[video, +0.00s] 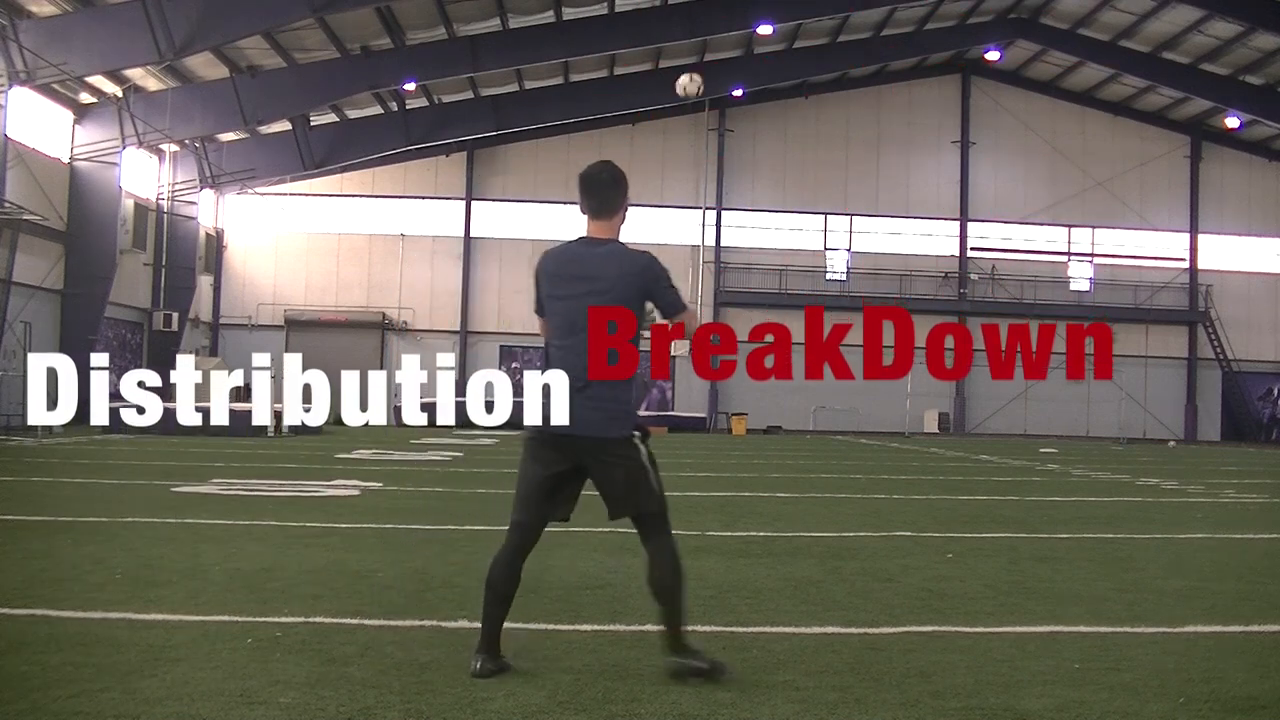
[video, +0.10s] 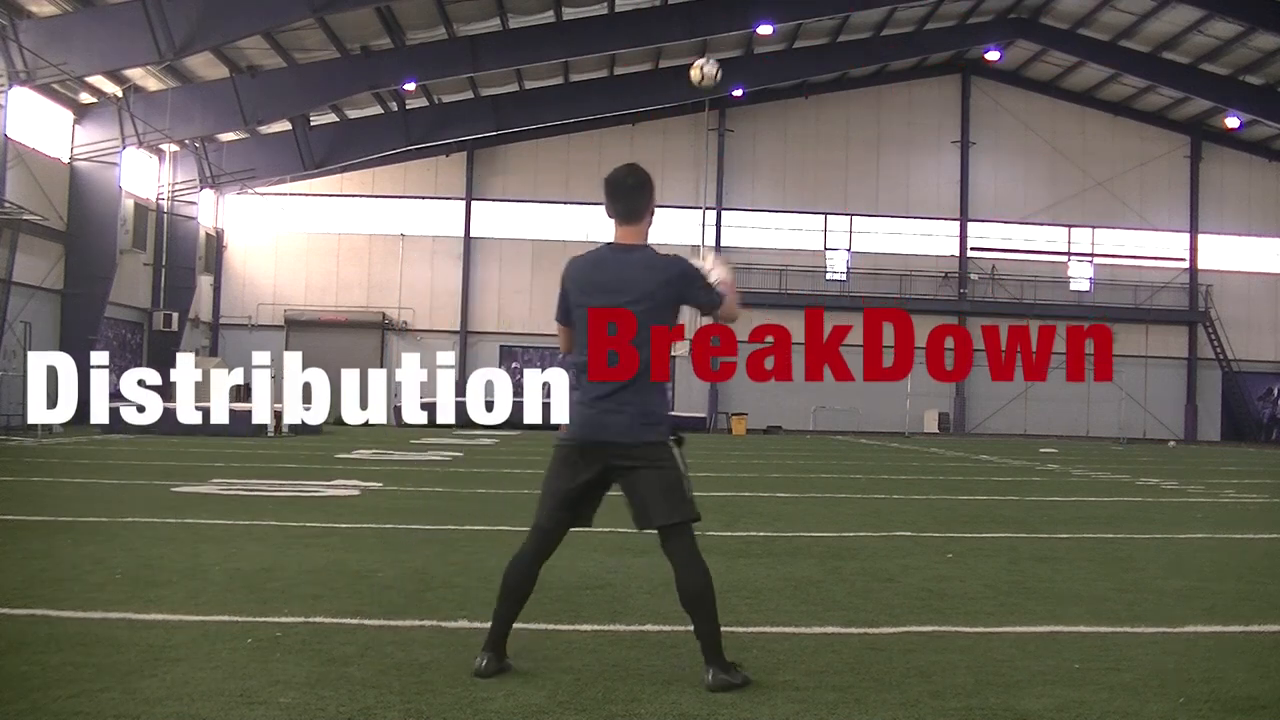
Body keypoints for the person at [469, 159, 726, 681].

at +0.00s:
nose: (621, 209)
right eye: (624, 201)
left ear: (580, 204)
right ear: (626, 204)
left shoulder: (551, 262)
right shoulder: (641, 266)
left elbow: (547, 330)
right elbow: (685, 326)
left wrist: (606, 324)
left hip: (550, 426)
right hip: (614, 430)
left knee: (519, 536)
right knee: (657, 535)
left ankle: (487, 651)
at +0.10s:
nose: (646, 211)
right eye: (652, 203)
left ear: (607, 209)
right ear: (652, 207)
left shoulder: (579, 269)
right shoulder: (670, 271)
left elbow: (567, 344)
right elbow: (728, 310)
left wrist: (617, 321)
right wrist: (720, 273)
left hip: (583, 432)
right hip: (644, 434)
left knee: (537, 543)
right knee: (682, 548)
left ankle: (492, 650)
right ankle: (716, 665)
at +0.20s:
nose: (675, 202)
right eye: (677, 195)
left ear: (631, 201)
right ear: (675, 199)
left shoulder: (602, 262)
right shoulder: (698, 258)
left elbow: (589, 334)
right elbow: (760, 267)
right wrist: (750, 224)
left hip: (607, 421)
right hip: (670, 423)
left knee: (561, 531)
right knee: (694, 545)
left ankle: (517, 639)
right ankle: (718, 665)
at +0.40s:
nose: (703, 185)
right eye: (703, 177)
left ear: (658, 188)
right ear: (704, 183)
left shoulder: (633, 253)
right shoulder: (728, 237)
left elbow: (613, 326)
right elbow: (785, 201)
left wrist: (627, 376)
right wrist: (787, 146)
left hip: (636, 403)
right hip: (696, 405)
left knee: (587, 517)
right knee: (708, 536)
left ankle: (541, 630)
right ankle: (721, 663)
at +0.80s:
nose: (699, 186)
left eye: (695, 177)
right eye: (696, 177)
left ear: (649, 189)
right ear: (683, 184)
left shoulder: (617, 261)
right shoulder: (699, 254)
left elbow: (601, 343)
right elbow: (771, 296)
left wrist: (613, 399)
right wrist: (798, 225)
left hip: (641, 421)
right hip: (701, 422)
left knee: (612, 529)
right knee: (711, 544)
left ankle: (558, 632)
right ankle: (722, 667)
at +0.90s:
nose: (678, 188)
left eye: (673, 180)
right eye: (677, 181)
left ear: (627, 189)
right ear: (670, 186)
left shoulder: (601, 263)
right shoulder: (690, 260)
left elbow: (578, 345)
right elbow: (731, 327)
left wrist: (637, 327)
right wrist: (769, 284)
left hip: (626, 425)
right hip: (685, 428)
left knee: (605, 529)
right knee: (706, 545)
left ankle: (540, 628)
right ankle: (722, 667)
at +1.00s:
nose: (649, 197)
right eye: (650, 189)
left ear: (602, 195)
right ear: (650, 192)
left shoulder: (578, 266)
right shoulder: (676, 260)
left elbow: (552, 342)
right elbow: (691, 341)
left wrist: (592, 342)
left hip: (606, 432)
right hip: (667, 433)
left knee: (593, 534)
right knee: (700, 544)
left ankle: (518, 637)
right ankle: (722, 668)